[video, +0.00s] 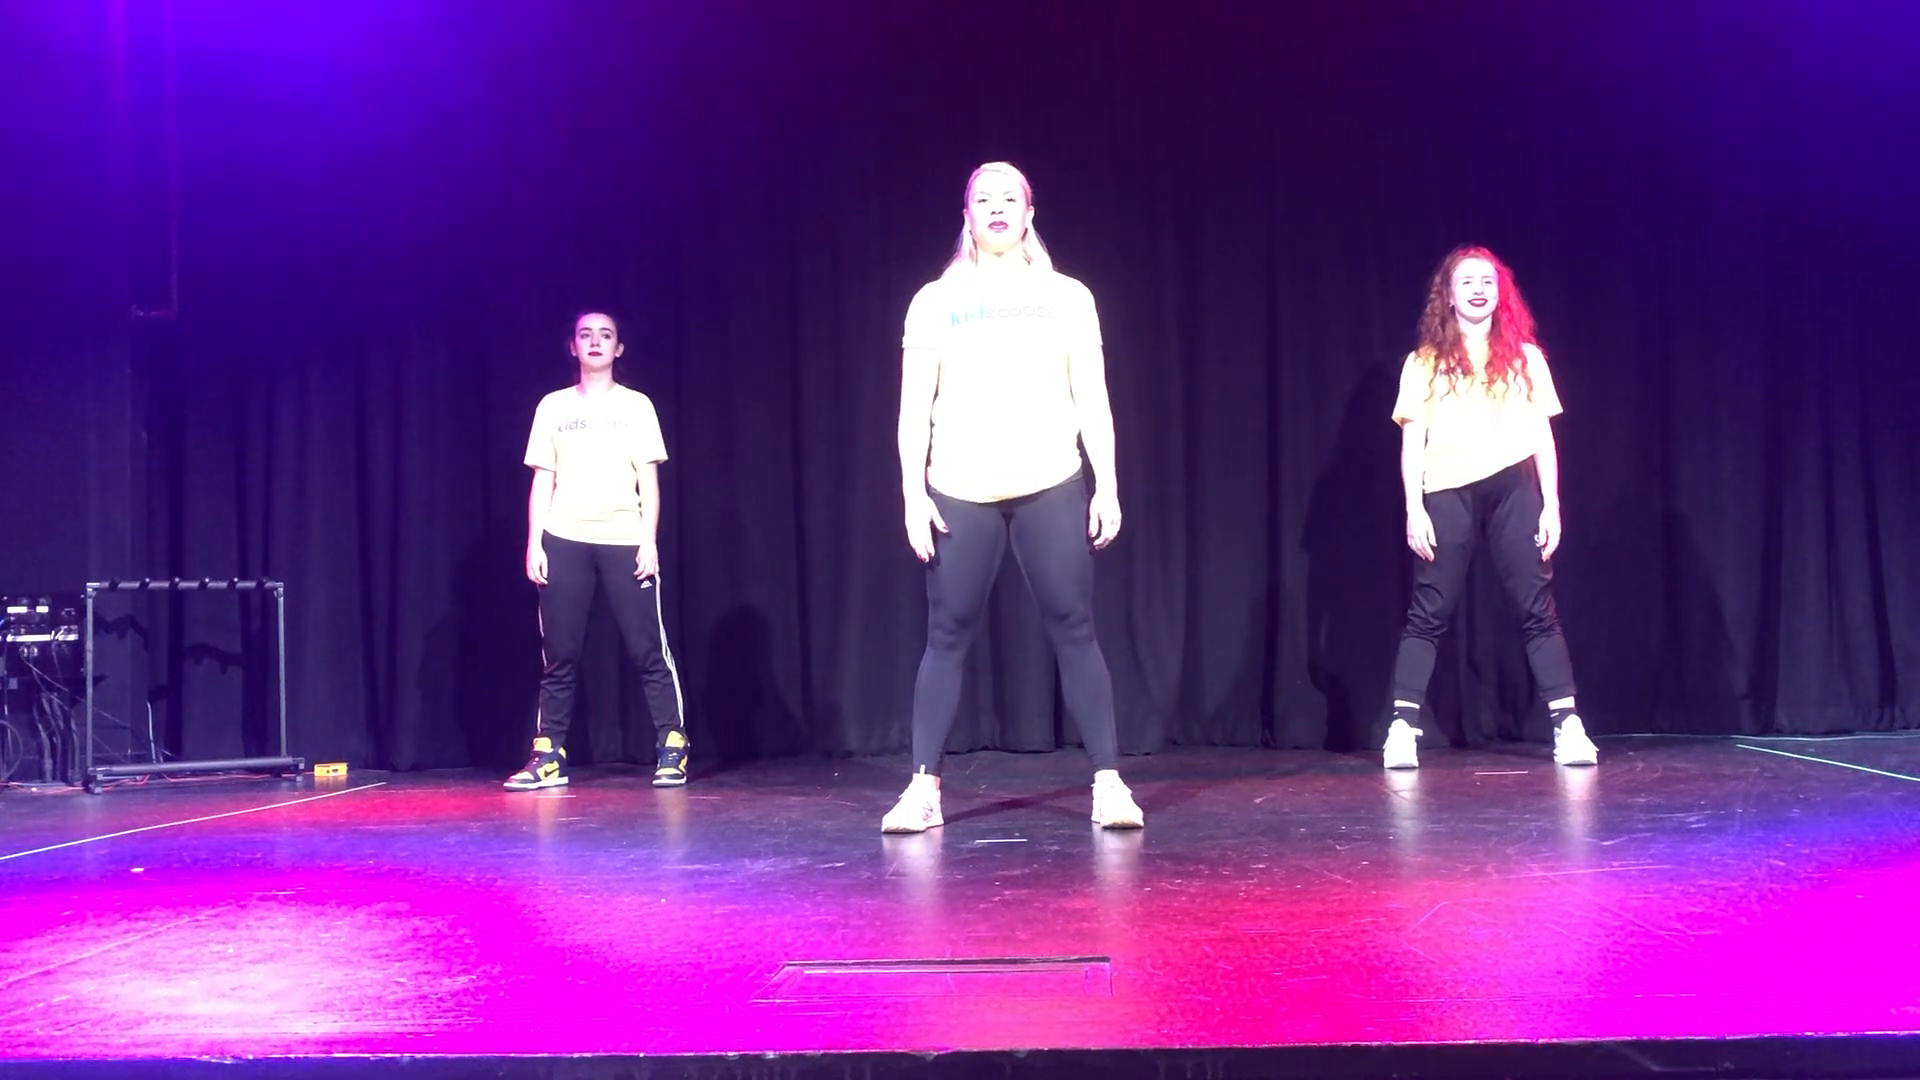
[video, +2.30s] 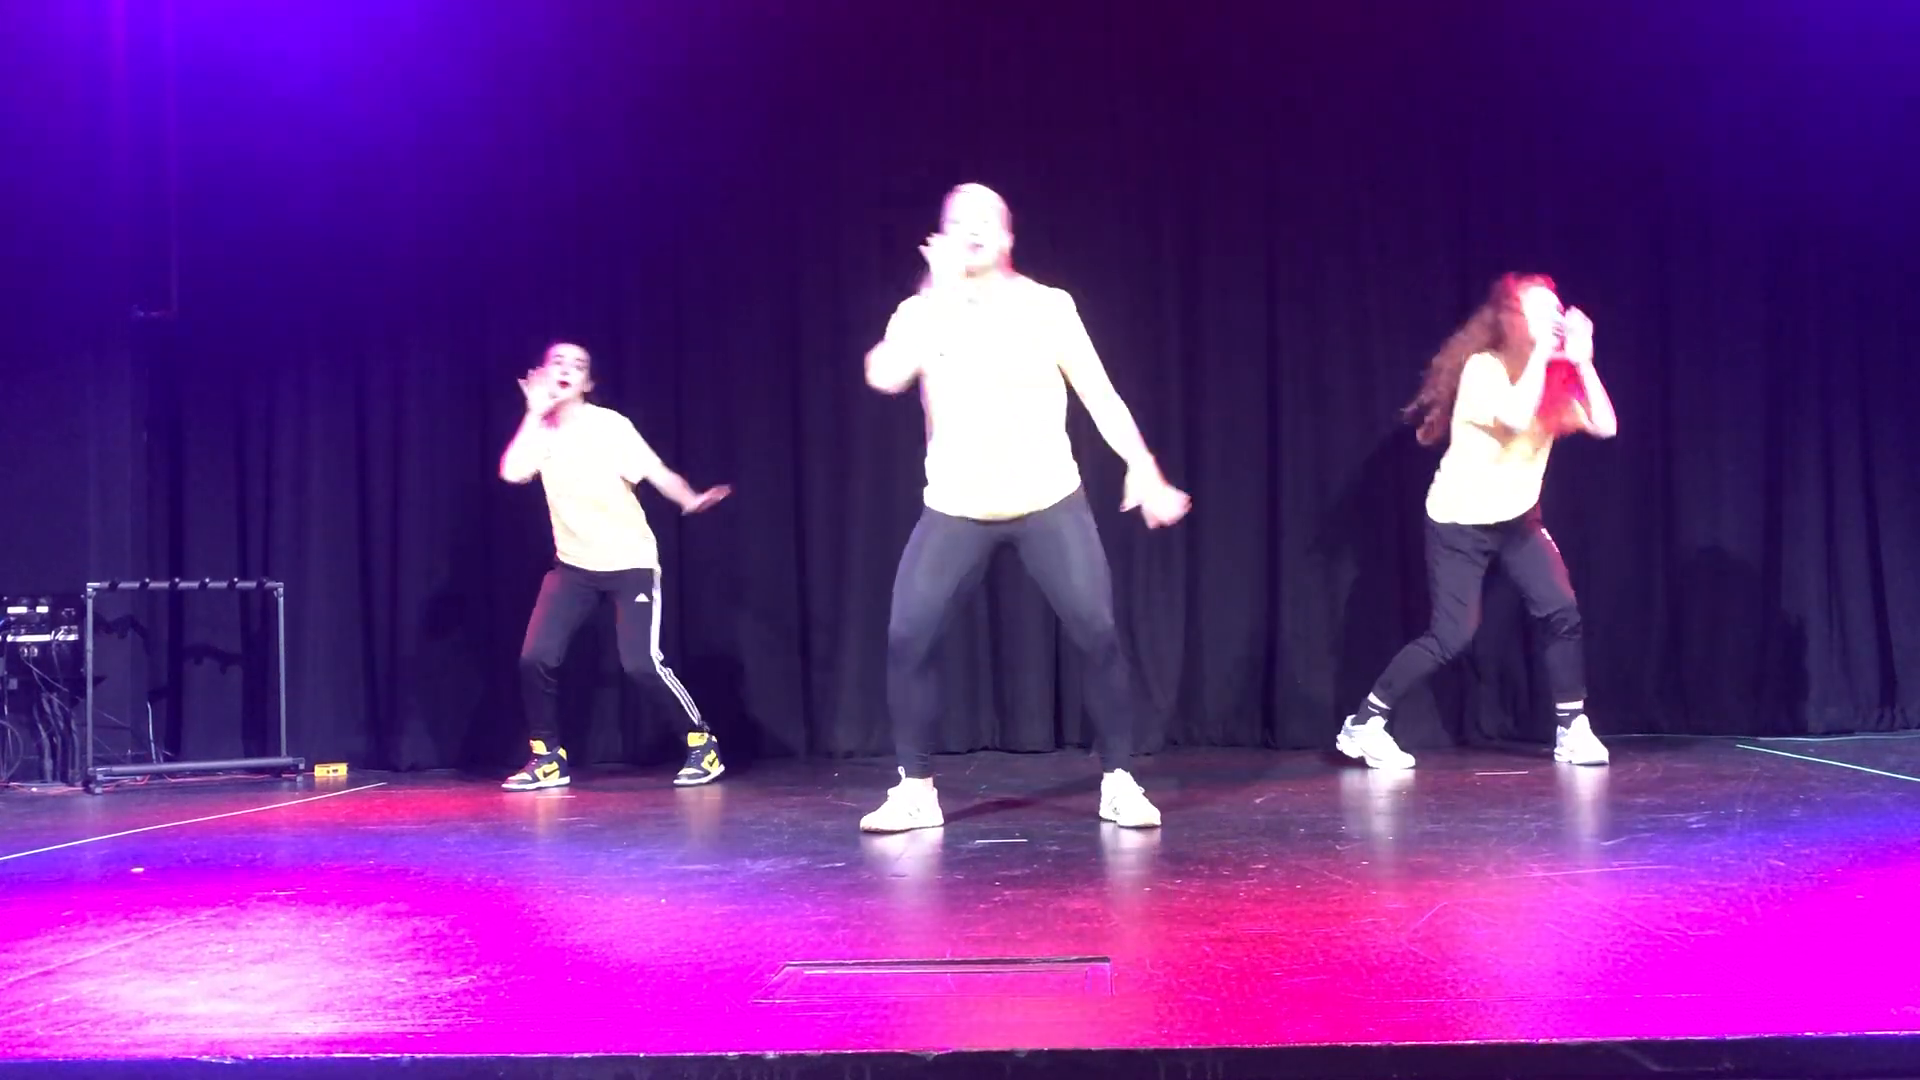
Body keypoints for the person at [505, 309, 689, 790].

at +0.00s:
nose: (595, 342)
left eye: (604, 335)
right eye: (586, 335)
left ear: (618, 348)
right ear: (573, 346)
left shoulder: (637, 405)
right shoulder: (552, 406)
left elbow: (648, 481)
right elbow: (542, 480)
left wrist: (648, 542)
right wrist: (534, 544)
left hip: (625, 543)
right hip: (564, 542)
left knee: (648, 652)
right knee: (558, 655)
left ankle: (672, 747)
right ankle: (549, 756)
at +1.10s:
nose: (600, 339)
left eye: (609, 332)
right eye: (591, 332)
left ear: (623, 345)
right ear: (578, 345)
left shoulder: (642, 403)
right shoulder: (558, 405)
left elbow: (654, 478)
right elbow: (544, 478)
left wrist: (656, 541)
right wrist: (521, 541)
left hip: (631, 541)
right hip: (569, 542)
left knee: (651, 650)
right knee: (560, 655)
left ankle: (673, 748)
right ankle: (550, 756)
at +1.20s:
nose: (582, 338)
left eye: (591, 331)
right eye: (573, 332)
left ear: (610, 345)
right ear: (562, 346)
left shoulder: (632, 399)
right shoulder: (553, 408)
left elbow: (649, 477)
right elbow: (526, 476)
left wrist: (651, 540)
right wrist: (478, 488)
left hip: (626, 538)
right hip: (569, 539)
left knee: (648, 652)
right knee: (558, 653)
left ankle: (672, 746)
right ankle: (550, 756)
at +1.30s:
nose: (549, 342)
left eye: (560, 334)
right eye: (541, 336)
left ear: (583, 347)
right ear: (535, 353)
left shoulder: (608, 398)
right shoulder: (540, 413)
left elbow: (637, 465)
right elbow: (497, 457)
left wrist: (645, 535)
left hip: (625, 541)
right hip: (574, 546)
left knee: (647, 653)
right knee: (556, 653)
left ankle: (673, 746)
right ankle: (549, 757)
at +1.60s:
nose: (486, 371)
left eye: (497, 362)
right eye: (482, 364)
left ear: (524, 373)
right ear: (481, 379)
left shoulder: (546, 415)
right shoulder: (509, 436)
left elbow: (590, 474)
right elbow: (466, 476)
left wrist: (609, 547)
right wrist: (472, 417)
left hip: (619, 541)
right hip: (579, 551)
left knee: (642, 649)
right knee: (555, 651)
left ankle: (696, 746)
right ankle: (549, 757)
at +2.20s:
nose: (535, 361)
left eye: (547, 354)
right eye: (528, 353)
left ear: (566, 368)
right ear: (519, 366)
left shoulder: (589, 411)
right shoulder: (528, 427)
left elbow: (633, 468)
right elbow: (493, 460)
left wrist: (651, 519)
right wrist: (512, 402)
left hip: (626, 552)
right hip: (574, 555)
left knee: (643, 655)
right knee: (544, 649)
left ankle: (707, 745)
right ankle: (548, 759)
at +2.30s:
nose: (565, 372)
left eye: (575, 366)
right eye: (557, 363)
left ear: (588, 382)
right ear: (541, 374)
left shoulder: (610, 426)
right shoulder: (539, 432)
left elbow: (655, 471)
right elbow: (512, 471)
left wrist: (688, 499)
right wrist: (535, 412)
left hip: (631, 564)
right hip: (574, 566)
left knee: (641, 662)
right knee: (536, 657)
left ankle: (703, 747)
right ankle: (548, 759)